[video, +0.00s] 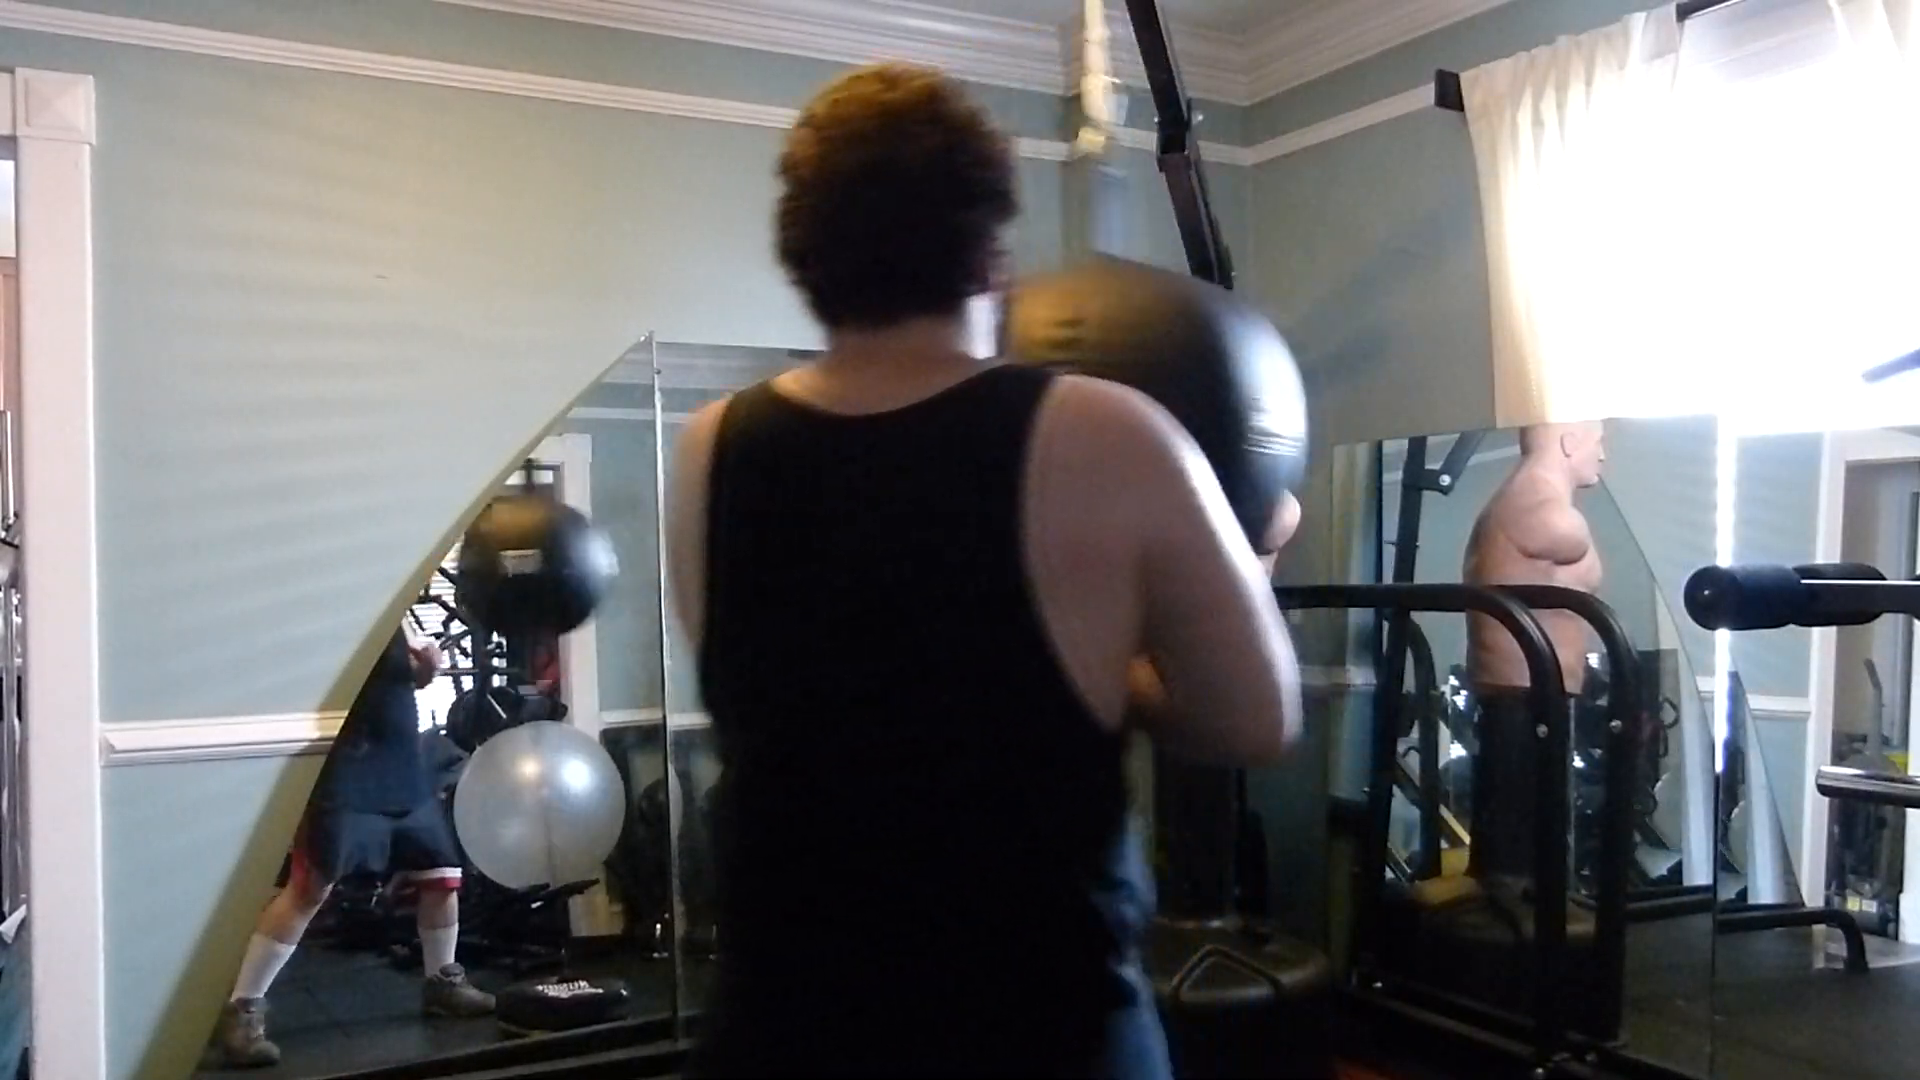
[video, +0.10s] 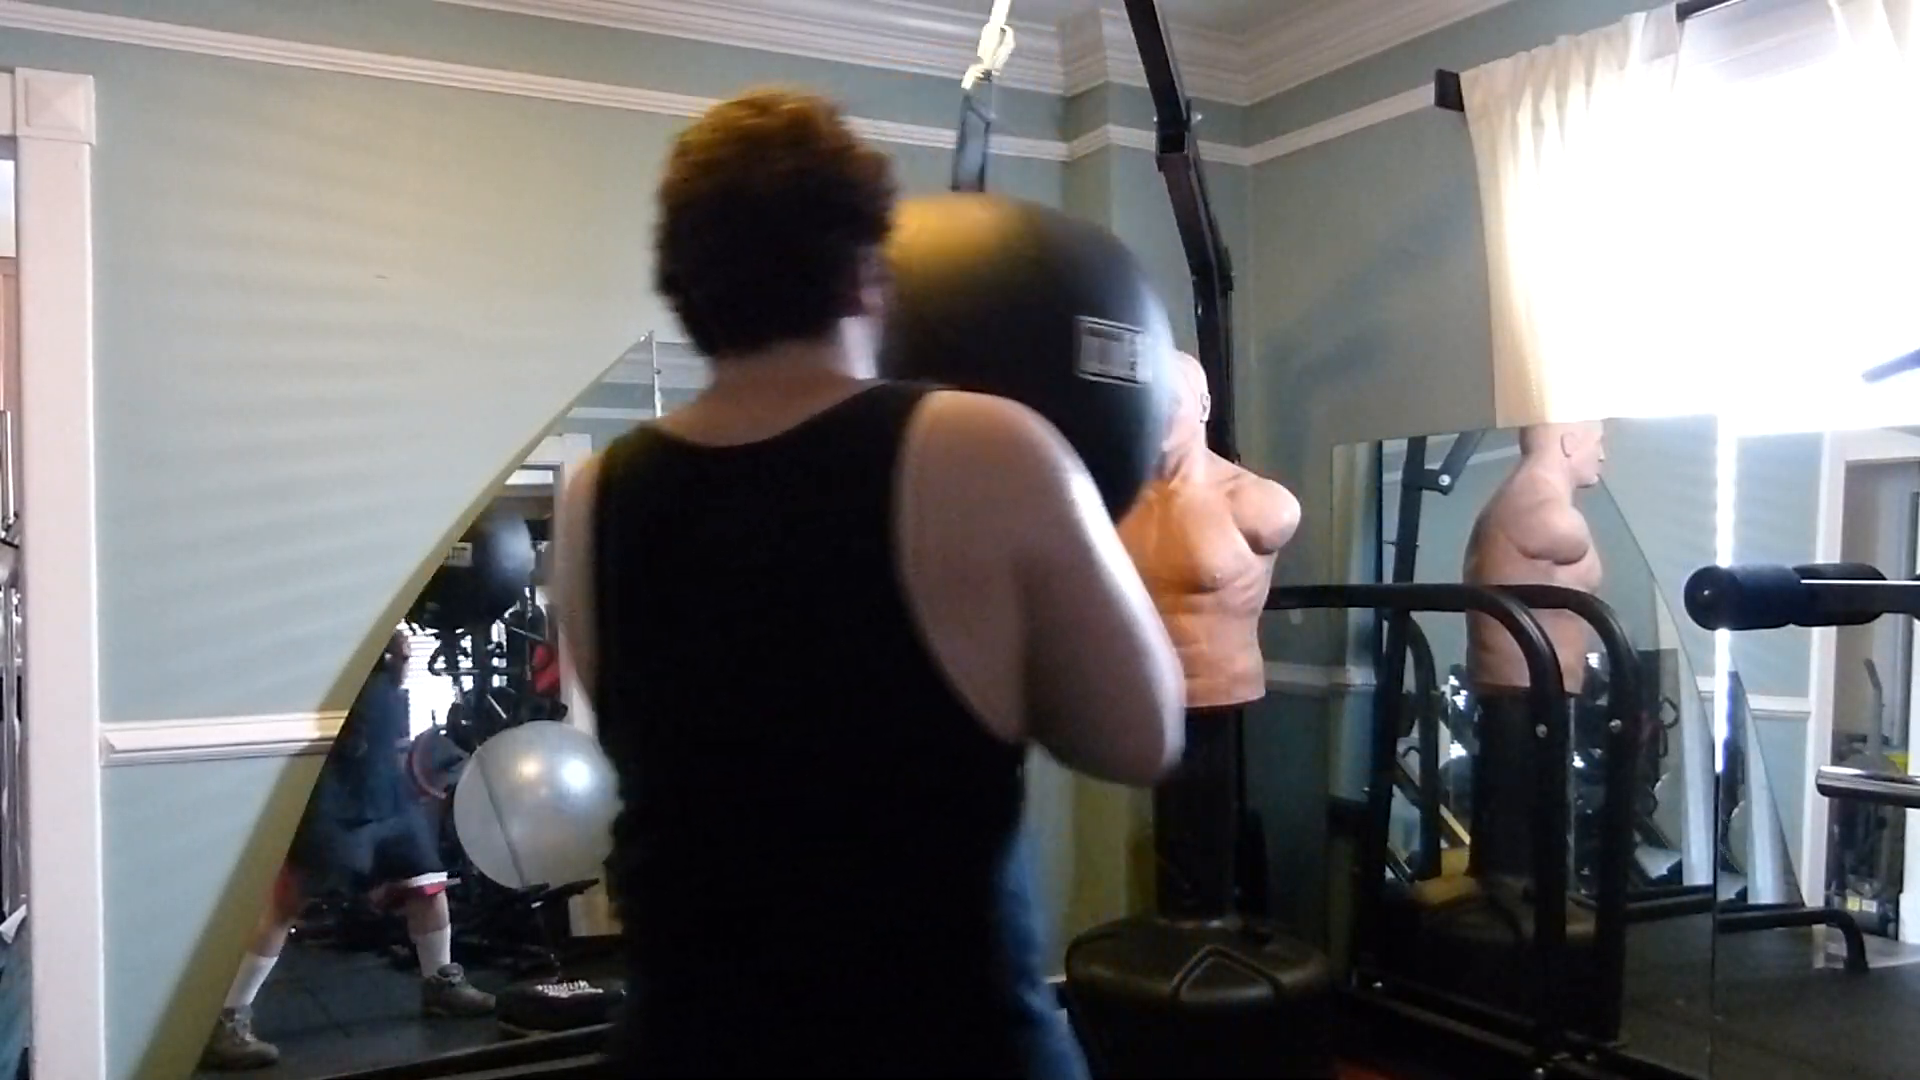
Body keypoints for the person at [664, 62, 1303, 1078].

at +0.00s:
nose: (1010, 253)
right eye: (1003, 226)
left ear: (797, 249)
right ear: (989, 248)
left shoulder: (711, 451)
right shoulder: (1113, 441)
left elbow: (719, 664)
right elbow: (1257, 722)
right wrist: (1095, 658)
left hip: (787, 998)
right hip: (1044, 1005)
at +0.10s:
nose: (892, 272)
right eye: (885, 247)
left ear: (680, 287)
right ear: (866, 273)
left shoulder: (593, 498)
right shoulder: (994, 455)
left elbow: (625, 732)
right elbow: (1141, 742)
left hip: (693, 1022)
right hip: (950, 1020)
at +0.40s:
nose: (725, 290)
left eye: (727, 265)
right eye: (720, 264)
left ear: (515, 293)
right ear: (673, 268)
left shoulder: (441, 496)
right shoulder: (789, 410)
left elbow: (493, 743)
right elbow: (998, 677)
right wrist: (881, 483)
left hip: (570, 1007)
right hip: (824, 1000)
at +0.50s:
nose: (735, 283)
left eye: (730, 254)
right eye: (726, 256)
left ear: (529, 291)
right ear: (687, 266)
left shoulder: (450, 495)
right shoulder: (799, 408)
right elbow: (1062, 592)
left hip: (582, 986)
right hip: (833, 981)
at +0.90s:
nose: (859, 269)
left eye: (856, 241)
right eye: (854, 241)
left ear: (649, 280)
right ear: (821, 260)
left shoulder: (607, 469)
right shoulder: (896, 453)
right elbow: (1092, 762)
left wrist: (986, 460)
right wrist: (1140, 614)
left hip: (643, 1012)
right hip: (886, 1022)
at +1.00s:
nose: (857, 271)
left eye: (854, 244)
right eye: (853, 244)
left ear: (647, 276)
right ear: (822, 259)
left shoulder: (599, 474)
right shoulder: (861, 455)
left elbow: (815, 604)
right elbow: (1052, 777)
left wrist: (1036, 461)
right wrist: (1080, 679)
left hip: (637, 1020)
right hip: (875, 1029)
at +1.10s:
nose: (837, 287)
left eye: (832, 256)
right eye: (830, 254)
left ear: (627, 288)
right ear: (798, 264)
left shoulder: (562, 487)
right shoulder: (853, 449)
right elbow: (1074, 745)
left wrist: (909, 507)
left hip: (617, 1012)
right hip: (861, 1019)